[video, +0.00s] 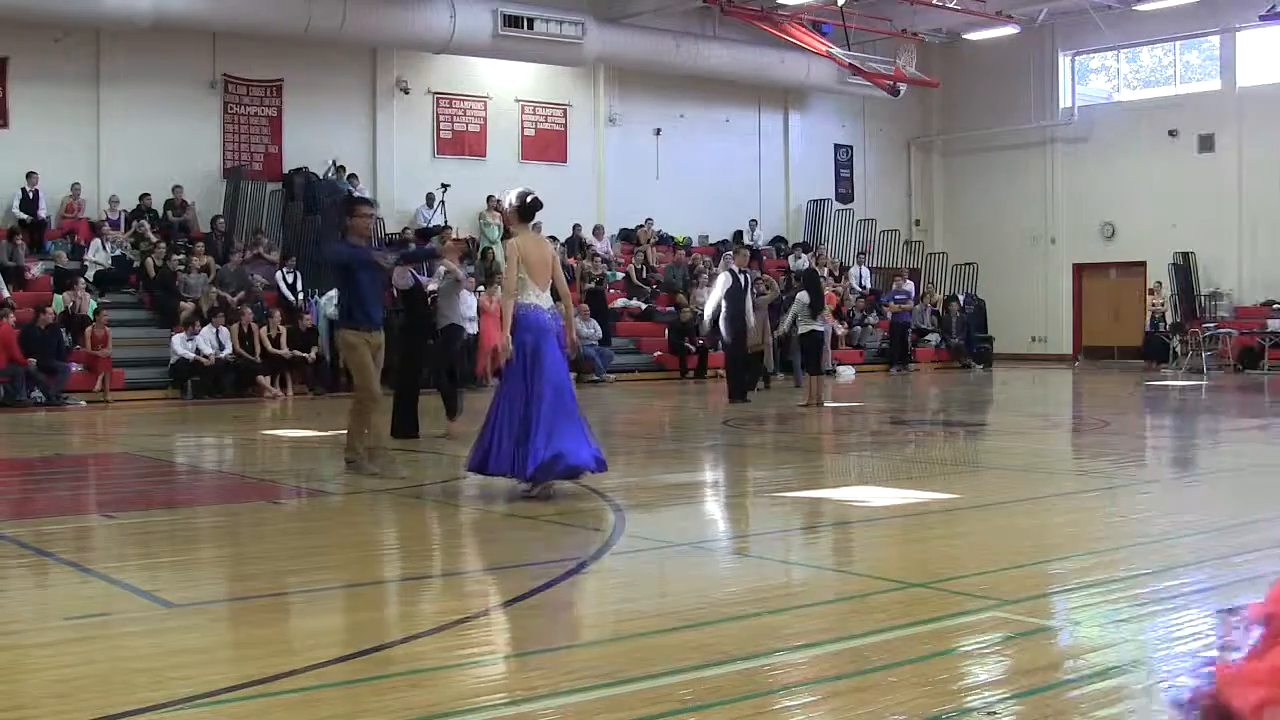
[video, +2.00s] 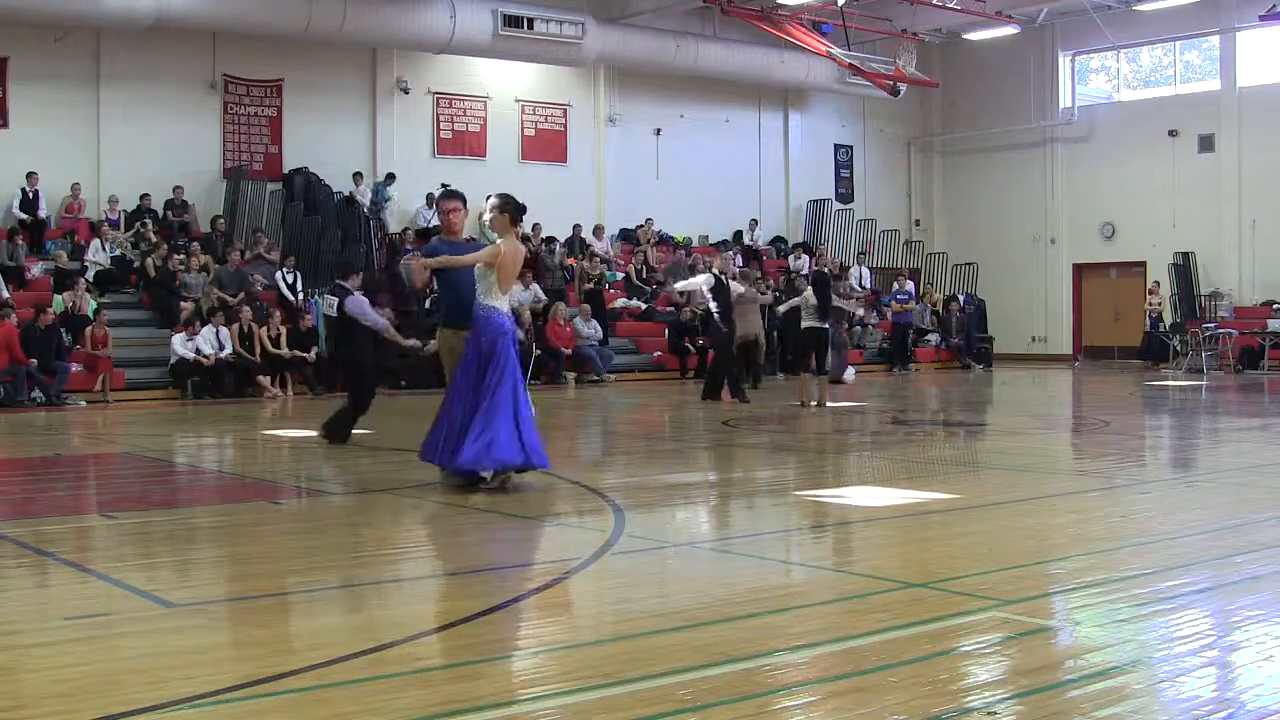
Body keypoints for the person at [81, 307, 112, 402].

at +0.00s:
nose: (106, 318)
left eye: (106, 316)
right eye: (104, 316)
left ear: (106, 317)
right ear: (97, 317)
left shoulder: (108, 330)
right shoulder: (89, 330)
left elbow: (109, 349)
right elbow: (88, 350)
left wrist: (104, 351)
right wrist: (99, 353)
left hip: (103, 355)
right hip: (92, 356)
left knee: (105, 360)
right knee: (106, 365)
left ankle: (98, 382)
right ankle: (107, 393)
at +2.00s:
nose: (106, 317)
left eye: (106, 315)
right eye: (104, 315)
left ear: (106, 317)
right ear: (97, 316)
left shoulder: (107, 331)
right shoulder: (89, 330)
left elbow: (109, 349)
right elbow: (88, 350)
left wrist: (100, 352)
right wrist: (100, 353)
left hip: (103, 355)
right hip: (92, 356)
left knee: (105, 361)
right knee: (107, 364)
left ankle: (99, 382)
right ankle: (107, 393)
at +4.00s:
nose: (106, 317)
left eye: (106, 314)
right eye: (104, 315)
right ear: (97, 316)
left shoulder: (108, 331)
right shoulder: (89, 330)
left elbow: (109, 348)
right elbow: (88, 350)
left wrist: (104, 351)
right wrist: (100, 353)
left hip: (103, 354)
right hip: (92, 355)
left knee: (105, 359)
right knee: (107, 364)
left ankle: (99, 382)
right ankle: (107, 393)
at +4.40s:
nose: (106, 316)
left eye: (106, 314)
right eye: (103, 314)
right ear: (96, 316)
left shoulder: (108, 330)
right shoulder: (89, 330)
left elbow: (109, 349)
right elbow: (89, 350)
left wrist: (104, 351)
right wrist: (100, 353)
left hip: (103, 355)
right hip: (92, 356)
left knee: (104, 360)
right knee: (105, 365)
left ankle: (98, 383)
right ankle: (106, 393)